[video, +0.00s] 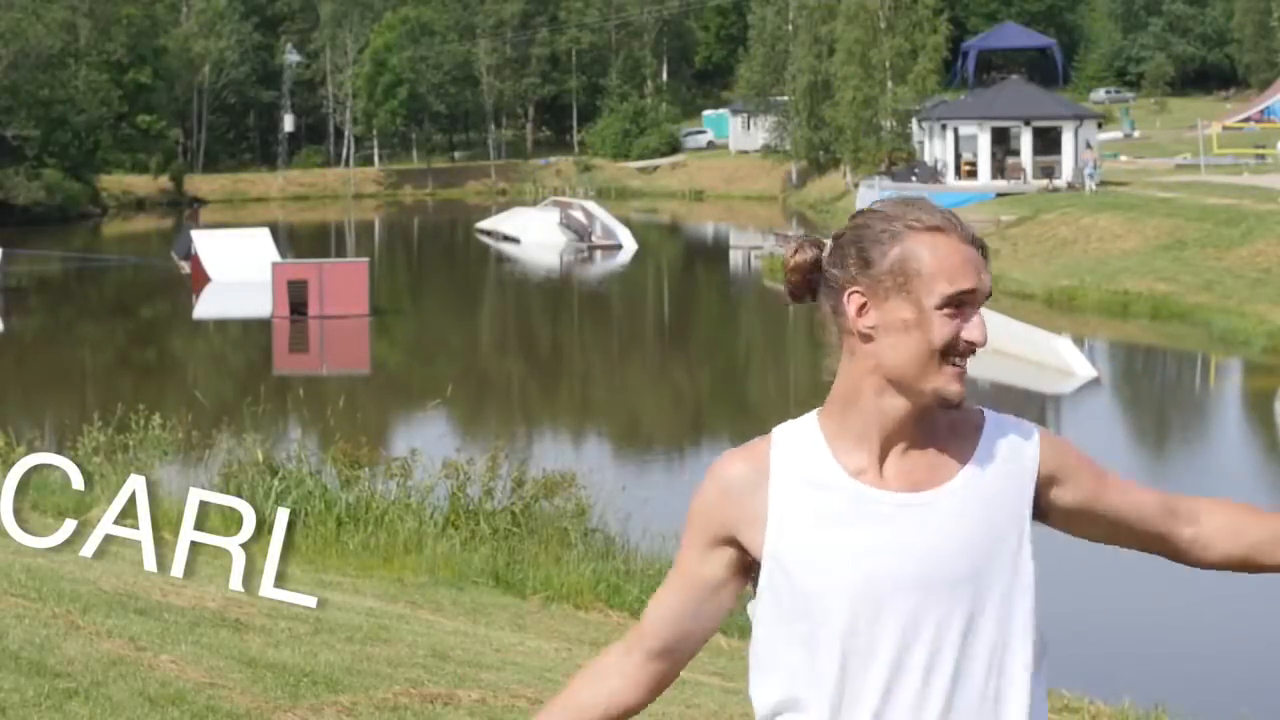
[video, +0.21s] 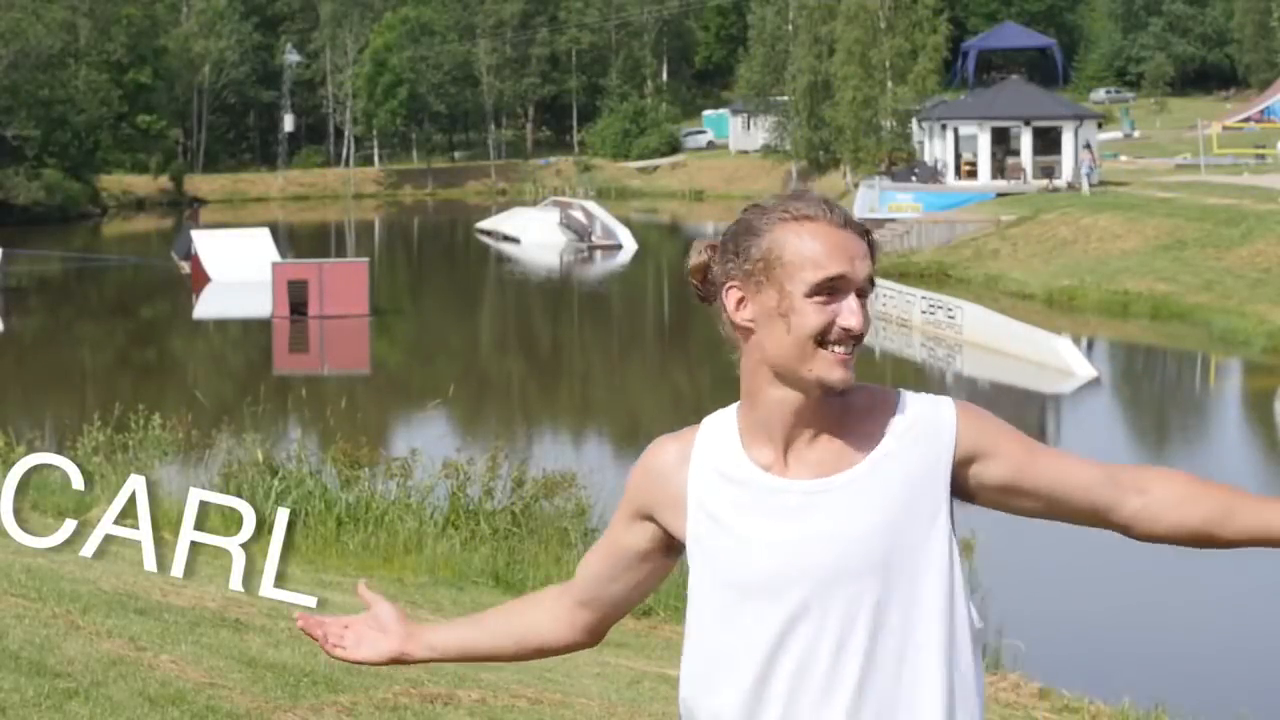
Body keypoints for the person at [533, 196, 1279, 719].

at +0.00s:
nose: (979, 332)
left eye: (981, 309)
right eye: (955, 307)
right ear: (862, 314)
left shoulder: (1024, 459)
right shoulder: (750, 483)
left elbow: (1194, 528)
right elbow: (644, 658)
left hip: (994, 711)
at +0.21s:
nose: (857, 319)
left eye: (865, 293)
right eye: (828, 295)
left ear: (873, 299)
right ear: (737, 302)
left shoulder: (939, 434)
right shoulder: (676, 472)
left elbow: (1131, 498)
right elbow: (571, 615)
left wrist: (1278, 519)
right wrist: (408, 641)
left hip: (917, 713)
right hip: (745, 715)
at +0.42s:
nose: (737, 321)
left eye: (760, 295)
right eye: (709, 295)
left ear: (788, 303)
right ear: (662, 305)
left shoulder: (874, 443)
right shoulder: (627, 470)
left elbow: (1026, 592)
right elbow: (532, 645)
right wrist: (445, 719)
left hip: (859, 715)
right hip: (697, 715)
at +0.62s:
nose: (737, 307)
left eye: (763, 283)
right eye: (712, 278)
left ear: (792, 296)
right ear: (661, 286)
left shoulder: (859, 437)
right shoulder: (617, 454)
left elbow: (1002, 585)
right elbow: (506, 634)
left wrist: (1166, 708)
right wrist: (375, 715)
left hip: (830, 718)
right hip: (668, 719)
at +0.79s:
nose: (760, 305)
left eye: (783, 282)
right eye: (733, 278)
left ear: (808, 295)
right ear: (679, 286)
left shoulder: (871, 436)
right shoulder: (629, 451)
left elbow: (1026, 578)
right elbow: (517, 614)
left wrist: (1201, 696)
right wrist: (340, 692)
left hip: (839, 715)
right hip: (681, 717)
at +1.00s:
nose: (869, 303)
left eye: (869, 279)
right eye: (841, 279)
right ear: (755, 295)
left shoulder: (921, 450)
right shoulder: (664, 466)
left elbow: (1043, 627)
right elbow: (576, 648)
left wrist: (1146, 716)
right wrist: (470, 717)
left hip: (893, 708)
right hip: (732, 710)